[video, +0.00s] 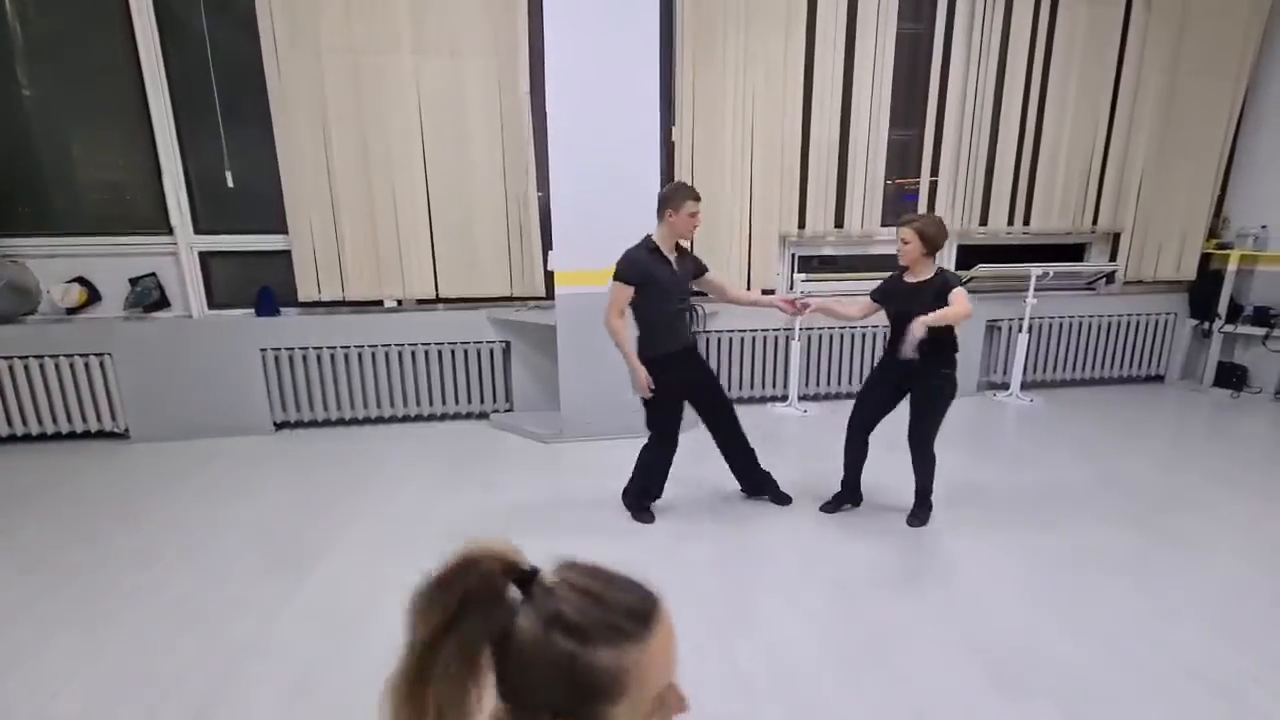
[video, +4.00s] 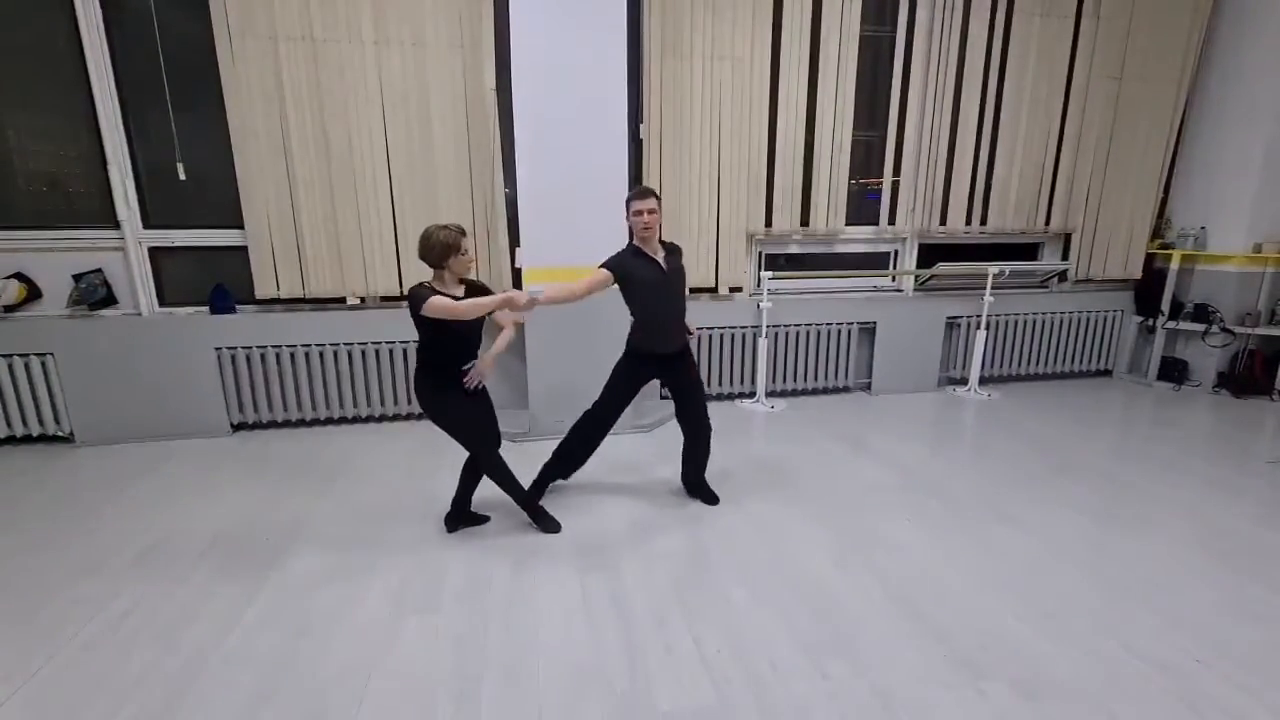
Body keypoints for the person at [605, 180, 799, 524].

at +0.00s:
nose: (698, 222)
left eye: (699, 216)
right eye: (692, 215)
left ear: (675, 217)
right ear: (669, 215)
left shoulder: (686, 260)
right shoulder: (636, 260)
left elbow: (727, 293)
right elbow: (614, 316)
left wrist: (775, 300)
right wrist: (635, 366)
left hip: (688, 356)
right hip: (657, 362)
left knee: (722, 417)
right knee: (664, 437)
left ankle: (755, 481)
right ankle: (637, 497)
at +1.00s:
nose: (705, 205)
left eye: (706, 199)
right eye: (698, 199)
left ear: (692, 202)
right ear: (678, 202)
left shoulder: (675, 235)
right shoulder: (682, 231)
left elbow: (672, 291)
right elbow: (719, 241)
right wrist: (749, 244)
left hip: (684, 338)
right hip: (662, 340)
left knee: (706, 408)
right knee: (639, 416)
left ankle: (711, 472)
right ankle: (609, 488)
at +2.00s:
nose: (668, 210)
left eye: (673, 203)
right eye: (661, 204)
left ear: (683, 206)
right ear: (652, 208)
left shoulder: (701, 251)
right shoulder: (639, 251)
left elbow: (711, 302)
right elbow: (614, 293)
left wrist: (720, 348)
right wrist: (609, 324)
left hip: (688, 345)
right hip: (651, 345)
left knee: (713, 410)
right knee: (621, 417)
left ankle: (731, 475)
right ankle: (579, 487)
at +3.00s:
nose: (622, 209)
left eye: (629, 202)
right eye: (616, 204)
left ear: (644, 207)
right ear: (612, 209)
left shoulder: (664, 257)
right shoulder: (600, 253)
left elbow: (683, 312)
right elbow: (573, 298)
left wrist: (690, 359)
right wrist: (555, 323)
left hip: (662, 349)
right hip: (620, 350)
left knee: (696, 411)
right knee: (599, 415)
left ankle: (735, 473)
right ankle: (580, 486)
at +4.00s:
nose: (645, 219)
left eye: (651, 213)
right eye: (637, 214)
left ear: (660, 216)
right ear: (628, 220)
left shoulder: (674, 253)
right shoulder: (623, 262)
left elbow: (670, 295)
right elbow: (580, 290)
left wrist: (682, 323)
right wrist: (534, 298)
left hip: (678, 353)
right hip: (641, 354)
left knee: (699, 426)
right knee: (601, 416)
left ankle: (694, 478)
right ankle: (547, 476)